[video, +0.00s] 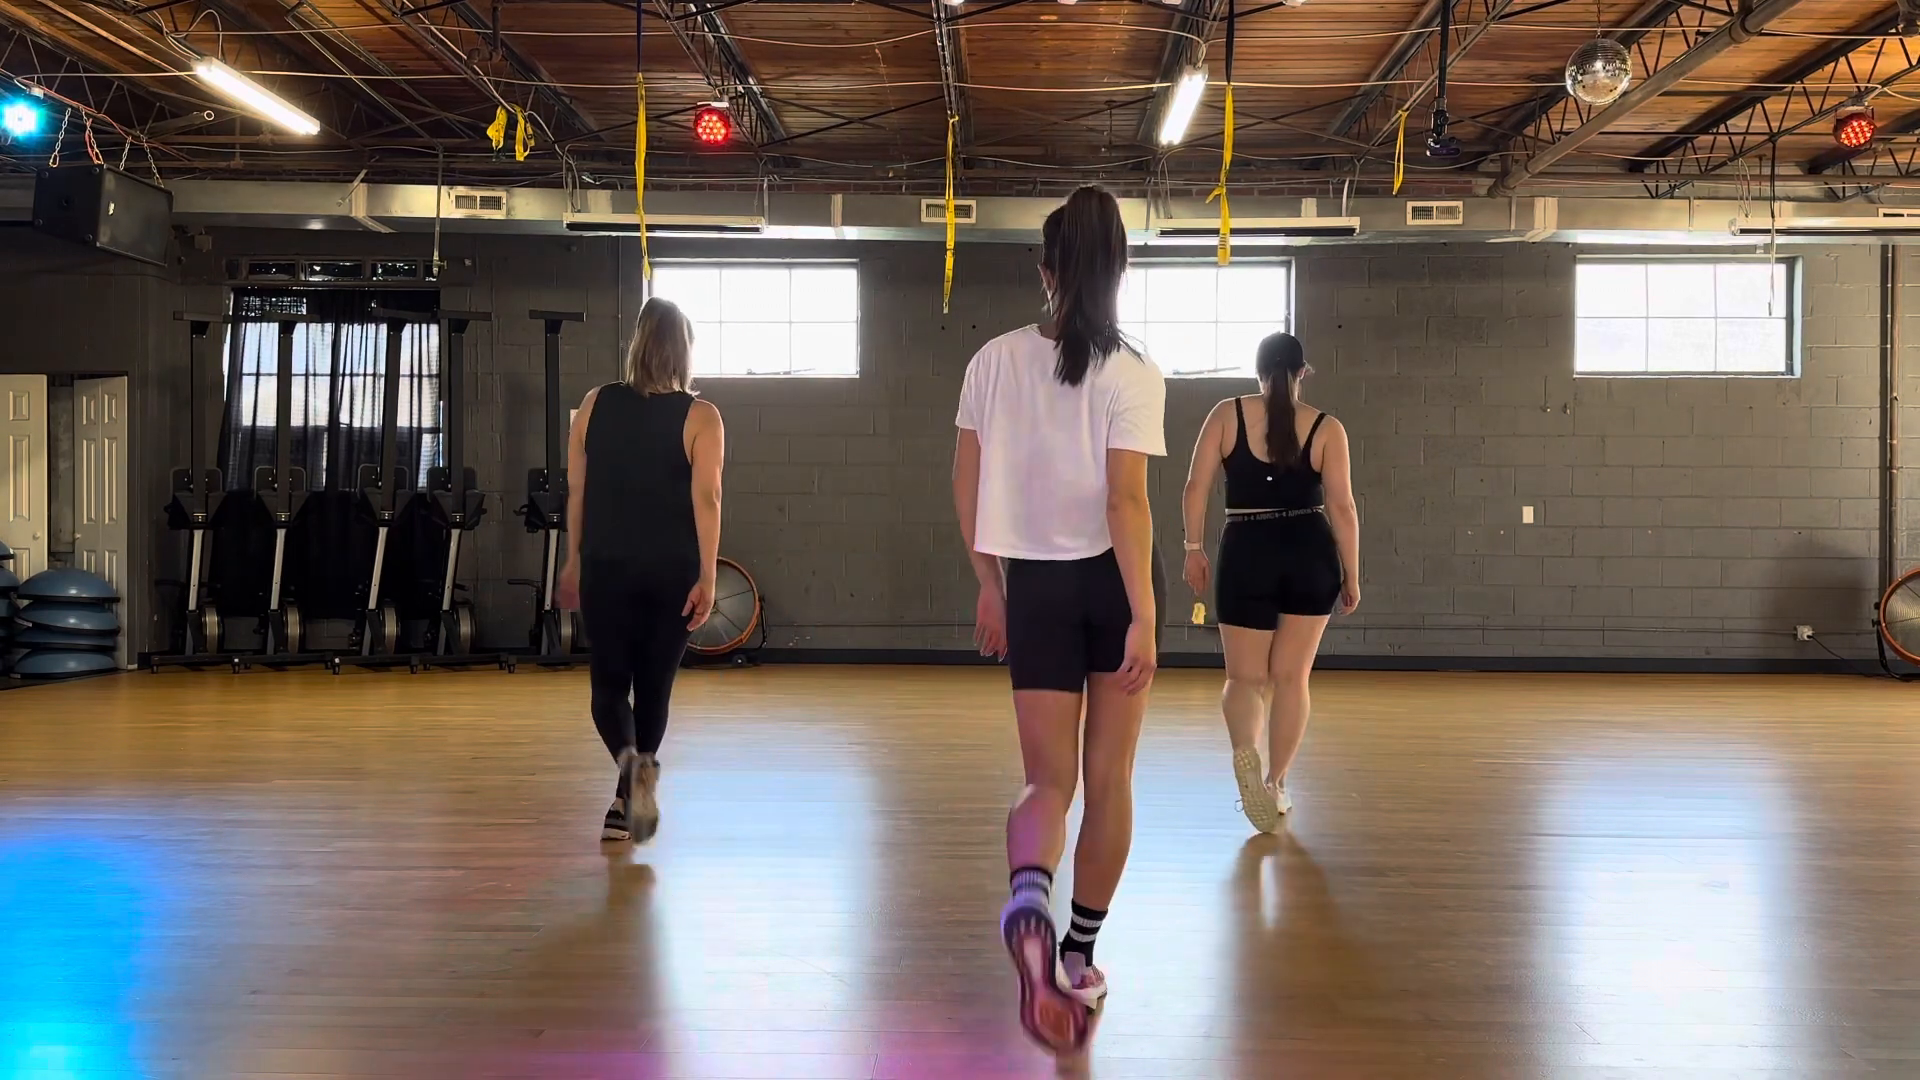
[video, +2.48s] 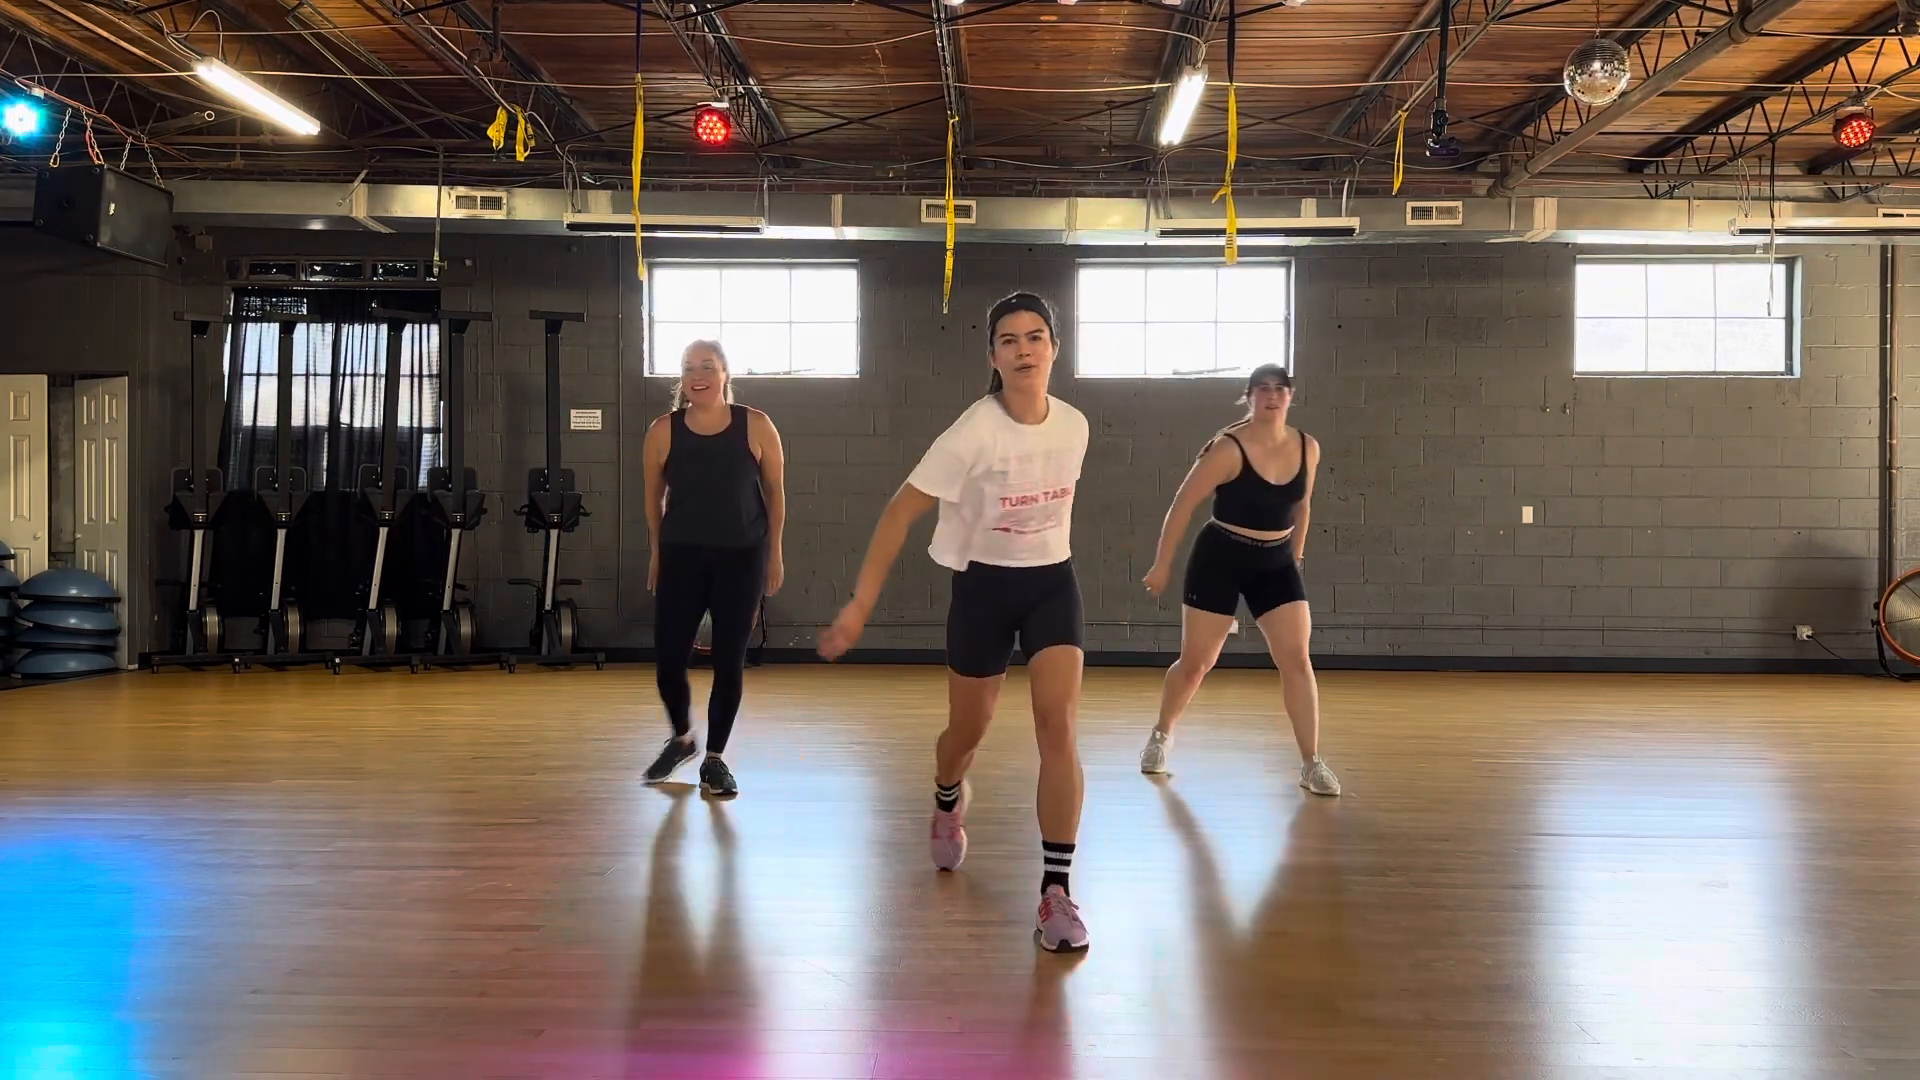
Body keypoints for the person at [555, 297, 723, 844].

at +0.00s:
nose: (687, 354)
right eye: (689, 345)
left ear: (635, 345)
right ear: (685, 350)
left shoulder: (593, 405)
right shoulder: (702, 415)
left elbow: (577, 491)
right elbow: (707, 497)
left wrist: (573, 558)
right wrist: (707, 575)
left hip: (605, 570)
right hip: (672, 572)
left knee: (608, 684)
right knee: (654, 687)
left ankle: (632, 761)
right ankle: (623, 804)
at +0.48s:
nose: (697, 364)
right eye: (699, 355)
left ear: (650, 357)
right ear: (697, 360)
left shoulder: (611, 415)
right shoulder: (712, 419)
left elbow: (587, 489)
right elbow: (713, 496)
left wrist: (580, 557)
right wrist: (711, 571)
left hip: (618, 567)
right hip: (679, 567)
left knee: (669, 667)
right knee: (655, 681)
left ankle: (694, 767)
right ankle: (625, 799)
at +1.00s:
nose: (716, 366)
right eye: (715, 358)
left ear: (672, 364)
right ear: (715, 364)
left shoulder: (648, 421)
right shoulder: (733, 416)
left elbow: (622, 489)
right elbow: (757, 484)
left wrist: (562, 496)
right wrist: (826, 512)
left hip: (660, 561)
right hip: (720, 561)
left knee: (685, 665)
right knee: (736, 659)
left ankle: (700, 773)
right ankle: (677, 692)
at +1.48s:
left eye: (704, 370)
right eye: (743, 373)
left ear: (700, 379)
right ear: (745, 379)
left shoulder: (679, 427)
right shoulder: (766, 427)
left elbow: (629, 460)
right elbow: (826, 454)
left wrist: (637, 427)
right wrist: (783, 449)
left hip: (702, 565)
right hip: (760, 563)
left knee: (704, 670)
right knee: (762, 658)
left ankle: (706, 764)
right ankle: (774, 751)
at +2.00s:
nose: (697, 385)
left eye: (709, 378)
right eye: (695, 377)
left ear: (737, 387)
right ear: (694, 386)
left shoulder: (745, 433)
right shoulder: (719, 432)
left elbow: (788, 488)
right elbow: (729, 493)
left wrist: (759, 551)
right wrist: (712, 544)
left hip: (743, 563)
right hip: (730, 560)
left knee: (701, 654)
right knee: (753, 653)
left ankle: (736, 757)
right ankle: (782, 738)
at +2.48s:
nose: (698, 376)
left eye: (707, 368)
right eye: (690, 369)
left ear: (726, 376)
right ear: (680, 379)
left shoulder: (756, 425)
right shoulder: (662, 432)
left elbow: (775, 492)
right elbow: (653, 498)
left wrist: (775, 553)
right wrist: (657, 554)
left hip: (741, 560)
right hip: (681, 559)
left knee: (728, 662)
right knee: (669, 662)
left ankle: (715, 757)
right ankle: (682, 737)